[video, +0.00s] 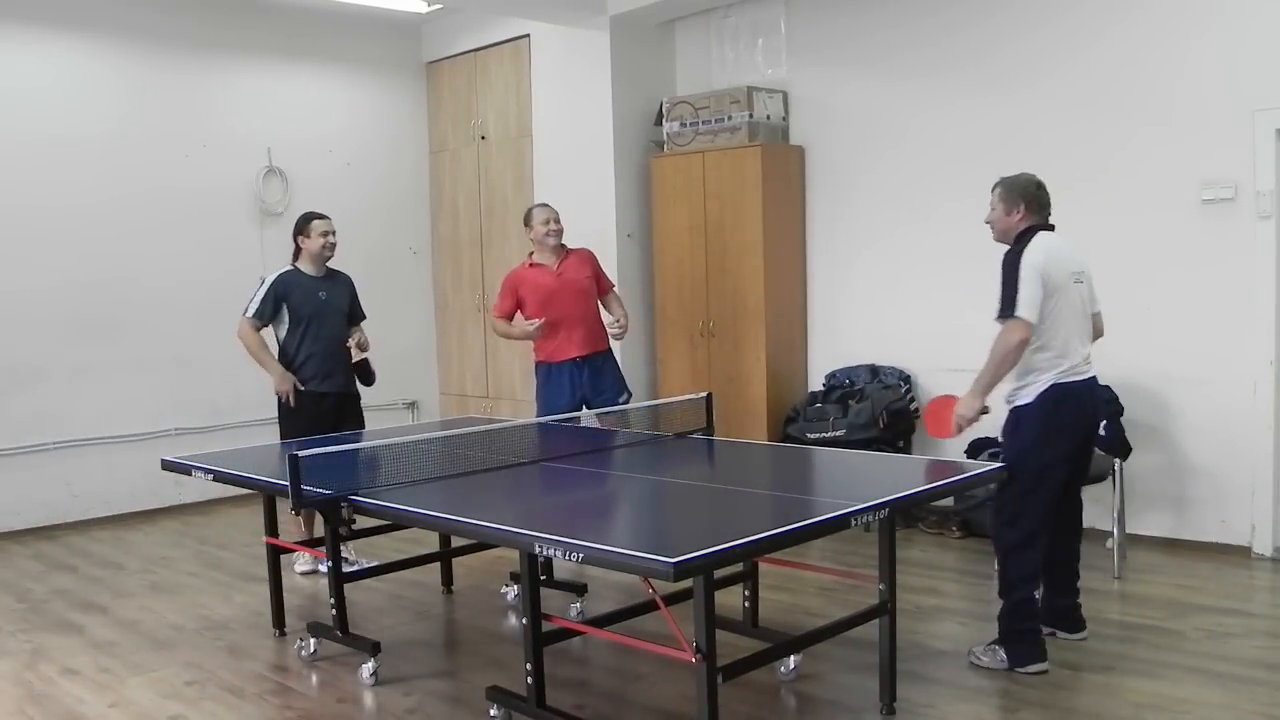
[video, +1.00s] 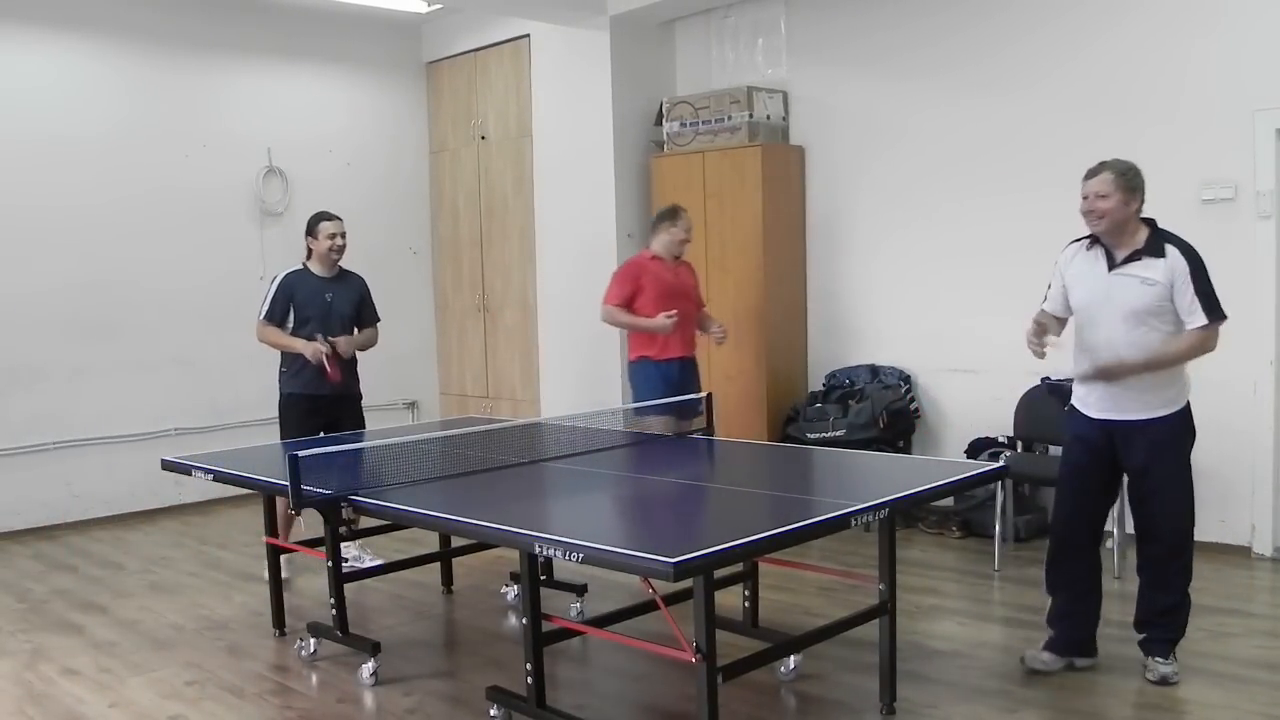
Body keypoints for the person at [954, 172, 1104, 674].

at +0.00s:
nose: (989, 220)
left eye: (993, 210)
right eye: (990, 210)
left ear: (1018, 212)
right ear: (1037, 213)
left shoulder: (1025, 254)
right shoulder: (1071, 255)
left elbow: (1018, 332)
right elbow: (1094, 328)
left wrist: (977, 393)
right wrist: (1037, 344)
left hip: (1042, 407)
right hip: (1082, 400)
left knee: (1017, 522)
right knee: (1062, 511)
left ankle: (1020, 646)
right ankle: (1062, 613)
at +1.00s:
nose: (1089, 207)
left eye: (1100, 197)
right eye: (1085, 198)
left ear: (1133, 201)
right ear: (1082, 204)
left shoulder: (1177, 258)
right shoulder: (1076, 254)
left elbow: (1205, 335)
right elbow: (1052, 314)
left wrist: (1133, 366)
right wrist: (1040, 328)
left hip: (1158, 423)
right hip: (1089, 418)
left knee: (1165, 538)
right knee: (1070, 532)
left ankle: (1160, 646)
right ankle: (1070, 643)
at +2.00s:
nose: (1084, 220)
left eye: (1091, 207)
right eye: (1083, 208)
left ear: (1129, 200)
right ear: (1119, 203)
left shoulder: (1183, 257)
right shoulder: (1112, 253)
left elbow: (1208, 355)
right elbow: (1097, 325)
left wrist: (1110, 374)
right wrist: (1044, 320)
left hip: (1173, 443)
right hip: (1110, 437)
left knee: (1176, 580)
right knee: (1101, 564)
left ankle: (1190, 708)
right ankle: (1083, 676)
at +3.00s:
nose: (1098, 222)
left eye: (1106, 212)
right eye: (1094, 213)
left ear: (1143, 203)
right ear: (1094, 210)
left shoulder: (1193, 250)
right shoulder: (1104, 259)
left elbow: (1236, 329)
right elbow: (1098, 324)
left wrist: (1154, 359)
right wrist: (1070, 337)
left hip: (1183, 428)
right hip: (1119, 427)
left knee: (1183, 549)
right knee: (1133, 547)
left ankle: (1186, 669)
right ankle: (1149, 653)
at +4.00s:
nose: (1034, 221)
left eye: (1045, 211)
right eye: (1032, 212)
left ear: (1081, 215)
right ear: (1036, 218)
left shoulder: (1131, 262)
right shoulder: (1032, 274)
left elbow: (1178, 335)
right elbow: (1021, 346)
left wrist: (1110, 373)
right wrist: (1014, 351)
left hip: (1135, 434)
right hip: (1061, 434)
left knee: (1159, 546)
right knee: (1048, 541)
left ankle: (1190, 664)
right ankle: (1059, 653)